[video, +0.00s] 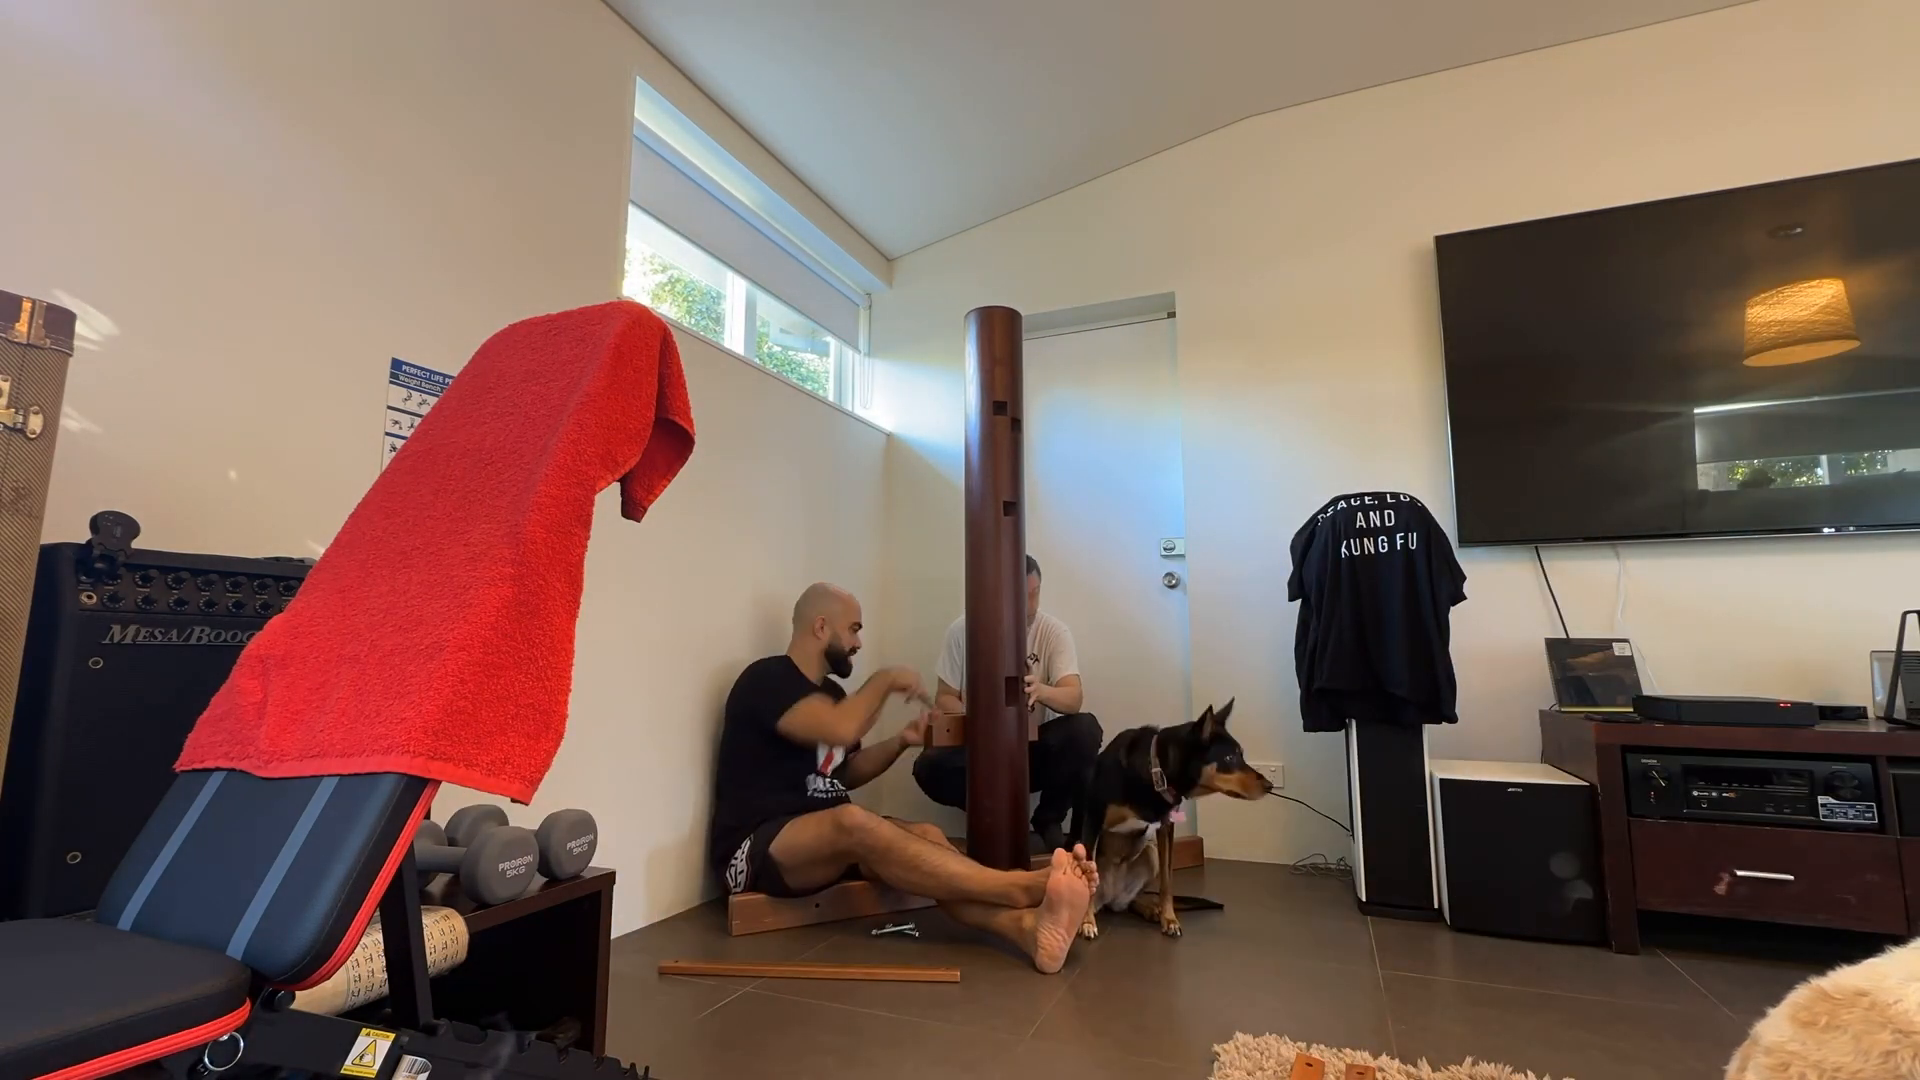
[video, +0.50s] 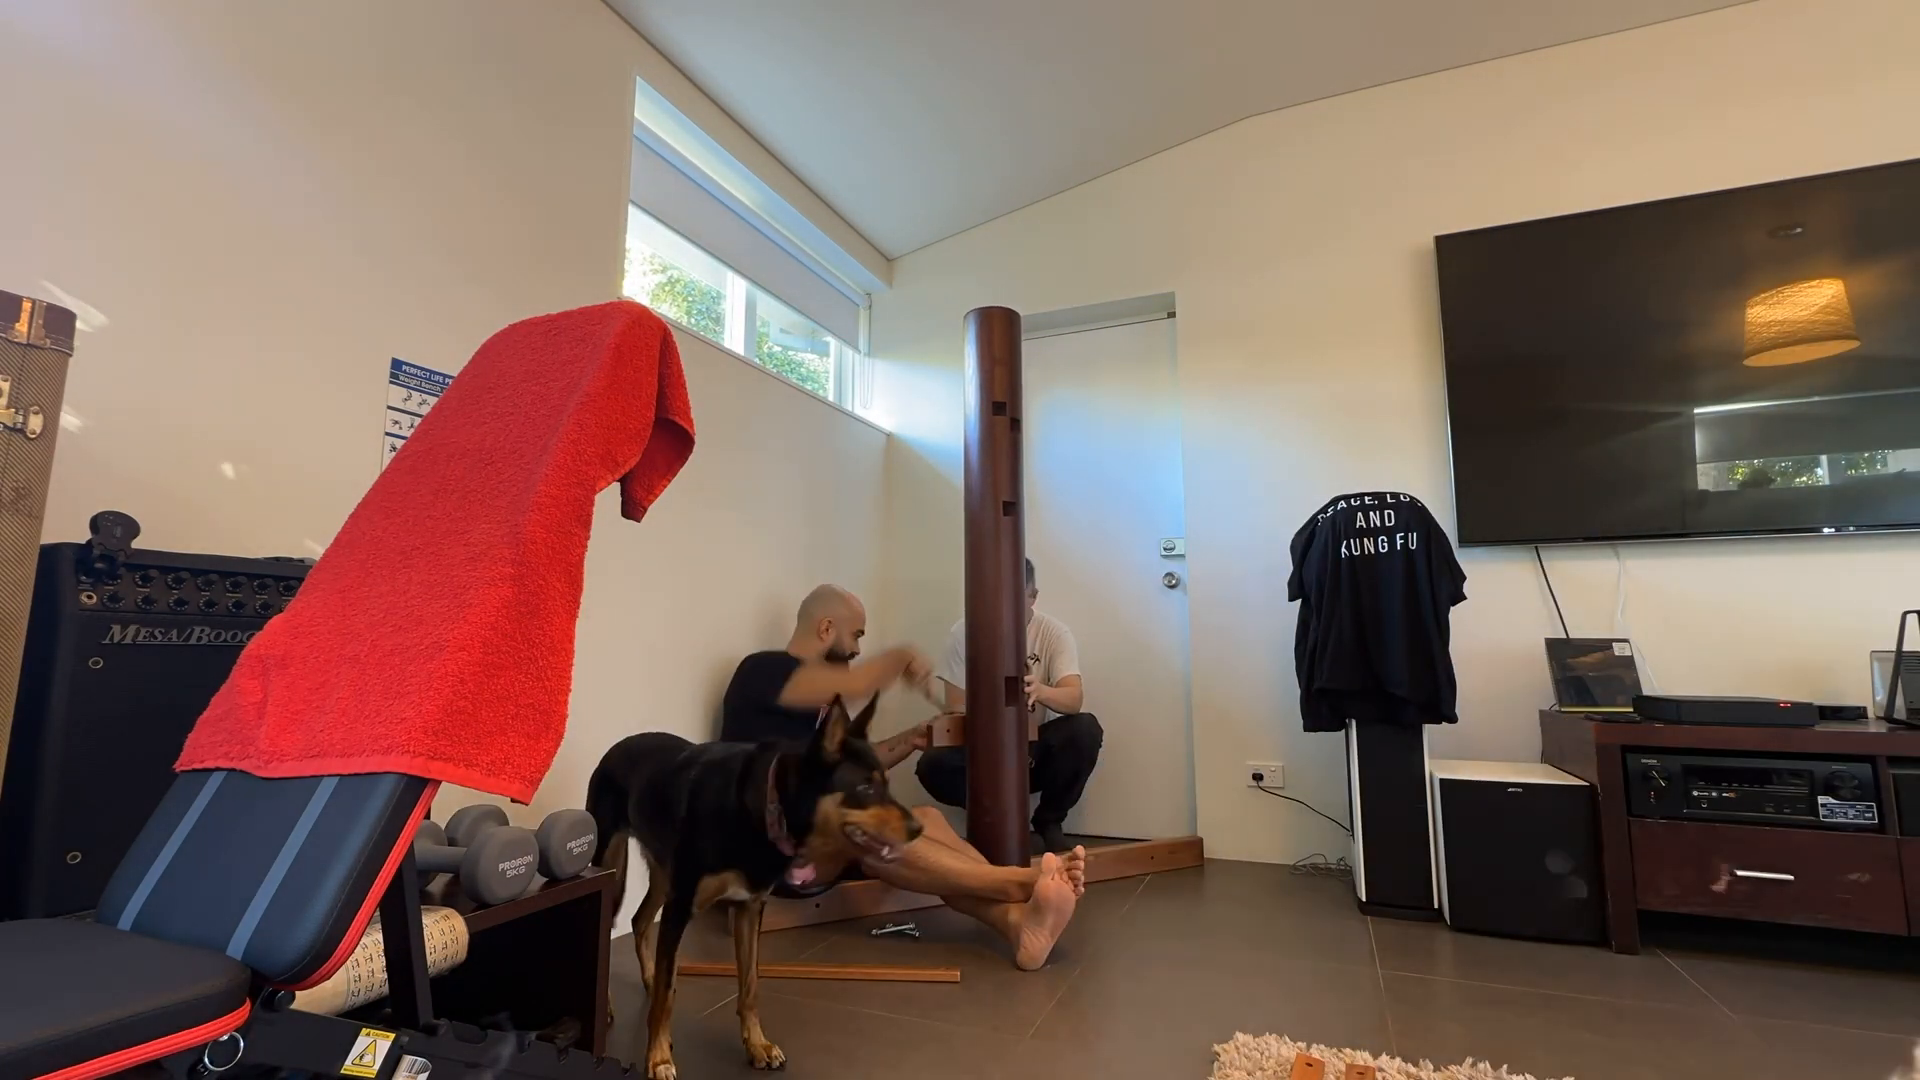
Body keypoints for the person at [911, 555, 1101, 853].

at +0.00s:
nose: (1023, 605)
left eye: (1030, 595)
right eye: (1016, 595)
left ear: (1039, 592)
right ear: (997, 592)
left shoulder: (1052, 632)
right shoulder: (963, 632)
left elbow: (1072, 699)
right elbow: (945, 698)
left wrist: (1042, 691)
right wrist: (976, 716)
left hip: (1033, 748)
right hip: (980, 750)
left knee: (1083, 728)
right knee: (930, 766)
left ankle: (1049, 819)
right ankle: (998, 817)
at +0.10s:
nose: (1020, 620)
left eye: (1027, 614)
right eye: (1013, 611)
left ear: (1040, 602)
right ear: (996, 601)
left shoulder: (1052, 632)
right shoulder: (963, 632)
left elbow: (1073, 700)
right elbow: (950, 702)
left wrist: (1042, 691)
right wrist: (988, 711)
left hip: (1033, 749)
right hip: (980, 751)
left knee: (1083, 728)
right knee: (931, 767)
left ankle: (1049, 819)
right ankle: (998, 815)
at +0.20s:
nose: (1021, 625)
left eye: (1028, 617)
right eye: (1013, 616)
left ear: (1040, 602)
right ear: (994, 603)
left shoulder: (1052, 632)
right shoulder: (963, 632)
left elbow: (1073, 700)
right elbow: (950, 698)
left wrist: (1041, 691)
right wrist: (982, 712)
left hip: (1033, 750)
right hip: (979, 752)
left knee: (1084, 729)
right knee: (932, 766)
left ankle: (1049, 820)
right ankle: (997, 815)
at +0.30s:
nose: (1023, 625)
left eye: (1031, 618)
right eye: (1015, 617)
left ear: (1042, 603)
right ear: (997, 606)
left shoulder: (1053, 632)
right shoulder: (963, 632)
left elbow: (1074, 701)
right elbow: (952, 702)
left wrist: (1042, 692)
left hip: (1034, 742)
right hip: (982, 745)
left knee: (1084, 728)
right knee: (934, 770)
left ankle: (1049, 818)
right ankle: (998, 814)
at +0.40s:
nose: (1021, 626)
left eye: (1029, 618)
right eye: (1013, 617)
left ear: (1042, 602)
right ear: (994, 605)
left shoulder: (1053, 633)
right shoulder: (964, 631)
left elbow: (1073, 701)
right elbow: (952, 698)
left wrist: (1041, 691)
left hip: (1032, 750)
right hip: (979, 753)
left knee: (1084, 729)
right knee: (933, 766)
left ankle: (1049, 821)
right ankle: (998, 816)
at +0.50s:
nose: (1012, 607)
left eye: (1019, 598)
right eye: (1003, 597)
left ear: (1032, 597)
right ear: (989, 596)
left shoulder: (1053, 634)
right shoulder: (965, 633)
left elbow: (1073, 700)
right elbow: (956, 709)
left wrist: (1041, 691)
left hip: (1032, 751)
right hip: (980, 752)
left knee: (1084, 728)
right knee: (934, 766)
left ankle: (1049, 820)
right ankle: (998, 814)